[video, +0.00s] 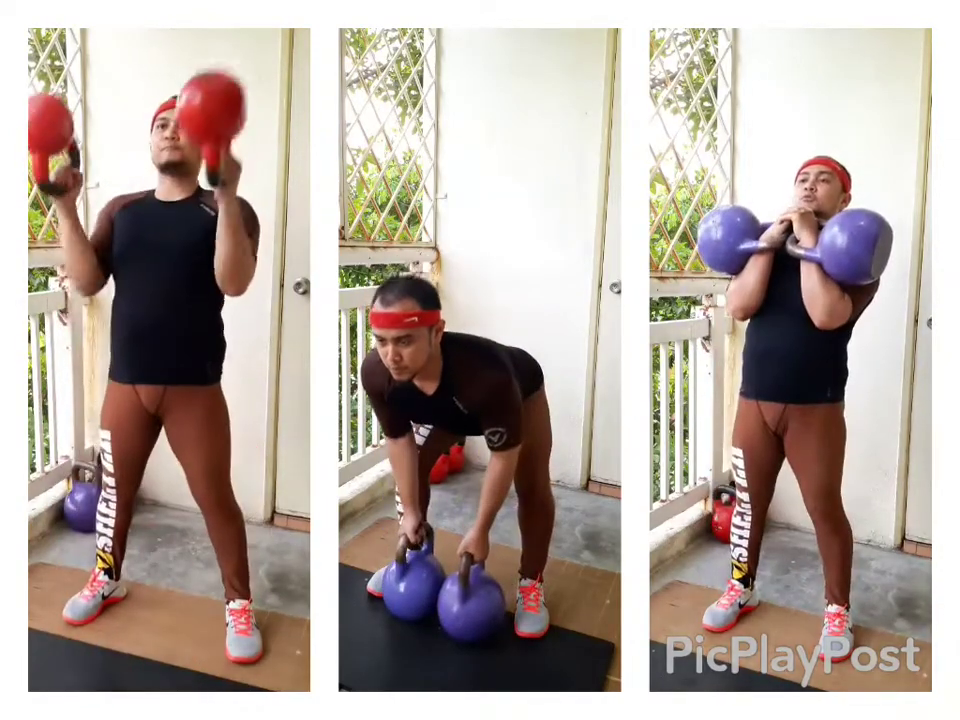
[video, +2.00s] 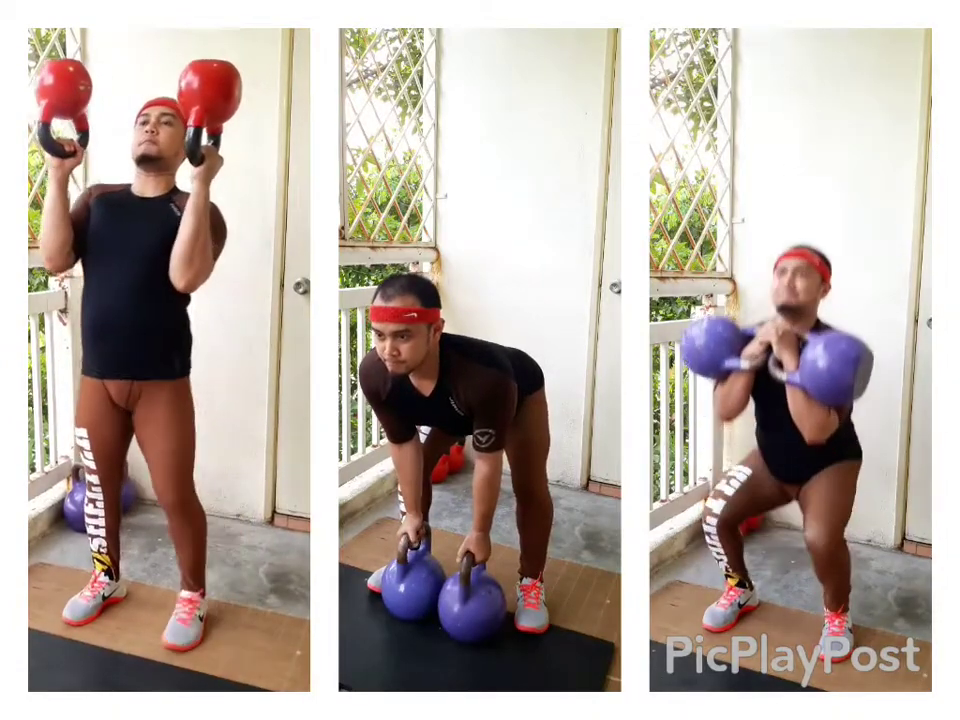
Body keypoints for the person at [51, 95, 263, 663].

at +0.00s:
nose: (169, 129)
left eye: (181, 121)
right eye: (161, 123)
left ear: (204, 143)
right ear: (150, 143)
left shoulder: (229, 212)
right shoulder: (122, 209)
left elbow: (234, 282)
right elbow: (87, 280)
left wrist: (226, 194)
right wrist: (66, 203)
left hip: (194, 385)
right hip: (126, 380)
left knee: (215, 498)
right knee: (116, 488)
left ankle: (239, 603)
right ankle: (106, 576)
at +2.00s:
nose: (149, 129)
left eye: (163, 123)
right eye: (142, 122)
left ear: (186, 144)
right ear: (130, 140)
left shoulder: (198, 212)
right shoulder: (97, 200)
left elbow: (186, 276)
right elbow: (55, 261)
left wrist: (199, 187)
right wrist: (58, 175)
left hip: (162, 380)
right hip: (97, 375)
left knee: (175, 495)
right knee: (101, 485)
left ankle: (192, 594)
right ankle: (105, 577)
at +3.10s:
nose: (188, 127)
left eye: (203, 119)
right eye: (180, 121)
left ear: (227, 138)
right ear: (169, 142)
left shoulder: (247, 205)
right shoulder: (140, 203)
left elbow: (235, 271)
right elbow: (100, 268)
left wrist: (235, 180)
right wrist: (98, 186)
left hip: (211, 381)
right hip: (146, 378)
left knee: (199, 497)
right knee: (140, 490)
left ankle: (191, 595)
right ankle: (166, 546)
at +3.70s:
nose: (190, 204)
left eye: (204, 196)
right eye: (181, 197)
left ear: (225, 213)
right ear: (171, 215)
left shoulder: (248, 278)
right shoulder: (147, 275)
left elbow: (235, 344)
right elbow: (114, 342)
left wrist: (237, 254)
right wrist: (104, 261)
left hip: (226, 414)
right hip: (168, 412)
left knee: (185, 504)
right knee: (175, 473)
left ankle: (187, 600)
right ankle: (212, 504)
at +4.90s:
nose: (198, 122)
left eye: (211, 116)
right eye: (191, 117)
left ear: (236, 136)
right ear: (180, 137)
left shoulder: (258, 208)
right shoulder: (149, 202)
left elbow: (240, 276)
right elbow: (110, 268)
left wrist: (243, 180)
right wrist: (104, 184)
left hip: (216, 380)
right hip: (154, 373)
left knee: (201, 494)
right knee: (144, 479)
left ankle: (191, 597)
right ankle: (172, 538)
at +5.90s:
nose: (159, 134)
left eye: (172, 126)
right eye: (150, 127)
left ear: (195, 144)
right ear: (139, 146)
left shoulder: (216, 214)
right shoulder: (110, 207)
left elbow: (198, 282)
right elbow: (73, 274)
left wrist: (201, 189)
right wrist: (70, 194)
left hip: (185, 381)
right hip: (122, 379)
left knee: (186, 493)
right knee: (126, 493)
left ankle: (212, 517)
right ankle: (142, 584)